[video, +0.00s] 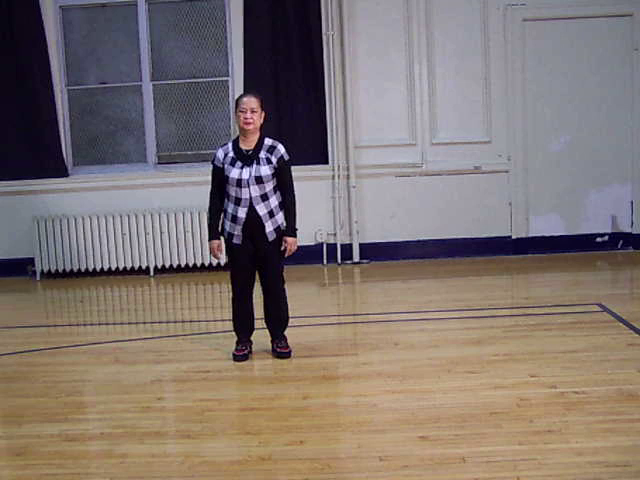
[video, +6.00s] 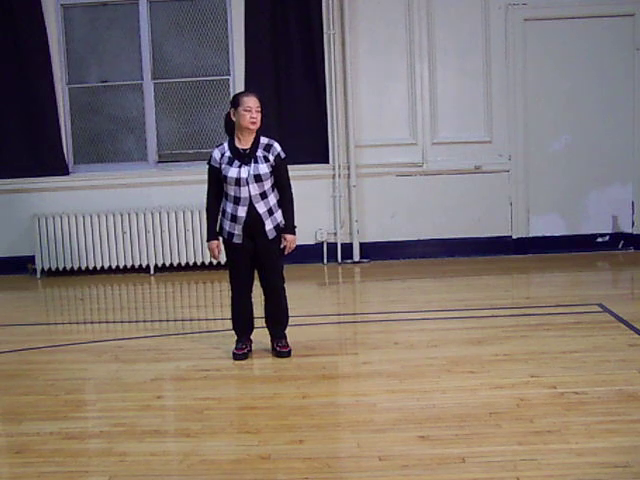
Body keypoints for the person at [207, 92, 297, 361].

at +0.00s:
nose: (247, 116)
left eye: (253, 111)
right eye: (242, 111)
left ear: (262, 116)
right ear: (235, 116)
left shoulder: (275, 150)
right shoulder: (223, 154)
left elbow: (288, 194)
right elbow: (216, 197)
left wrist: (291, 231)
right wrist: (214, 234)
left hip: (270, 231)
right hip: (237, 233)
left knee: (274, 286)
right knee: (241, 289)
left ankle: (279, 336)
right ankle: (243, 339)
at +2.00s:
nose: (250, 114)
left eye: (255, 110)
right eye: (244, 109)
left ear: (262, 115)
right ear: (236, 114)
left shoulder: (275, 149)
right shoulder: (223, 153)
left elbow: (287, 192)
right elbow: (216, 196)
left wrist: (290, 229)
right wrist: (214, 232)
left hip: (270, 230)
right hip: (237, 232)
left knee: (274, 284)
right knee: (241, 287)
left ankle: (279, 335)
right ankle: (243, 337)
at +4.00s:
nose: (244, 115)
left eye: (249, 110)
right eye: (238, 110)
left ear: (257, 115)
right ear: (231, 115)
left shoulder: (271, 150)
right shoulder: (219, 154)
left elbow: (284, 192)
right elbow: (212, 197)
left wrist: (287, 230)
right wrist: (210, 234)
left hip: (267, 230)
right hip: (233, 232)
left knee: (272, 285)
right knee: (239, 288)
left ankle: (278, 335)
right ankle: (242, 337)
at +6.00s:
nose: (254, 115)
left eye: (258, 111)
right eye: (248, 110)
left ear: (261, 115)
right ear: (233, 114)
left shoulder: (271, 149)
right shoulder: (220, 154)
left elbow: (285, 191)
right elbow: (213, 197)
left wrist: (289, 229)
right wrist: (212, 235)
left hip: (269, 231)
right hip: (235, 233)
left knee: (274, 285)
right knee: (240, 288)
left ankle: (279, 335)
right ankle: (243, 338)